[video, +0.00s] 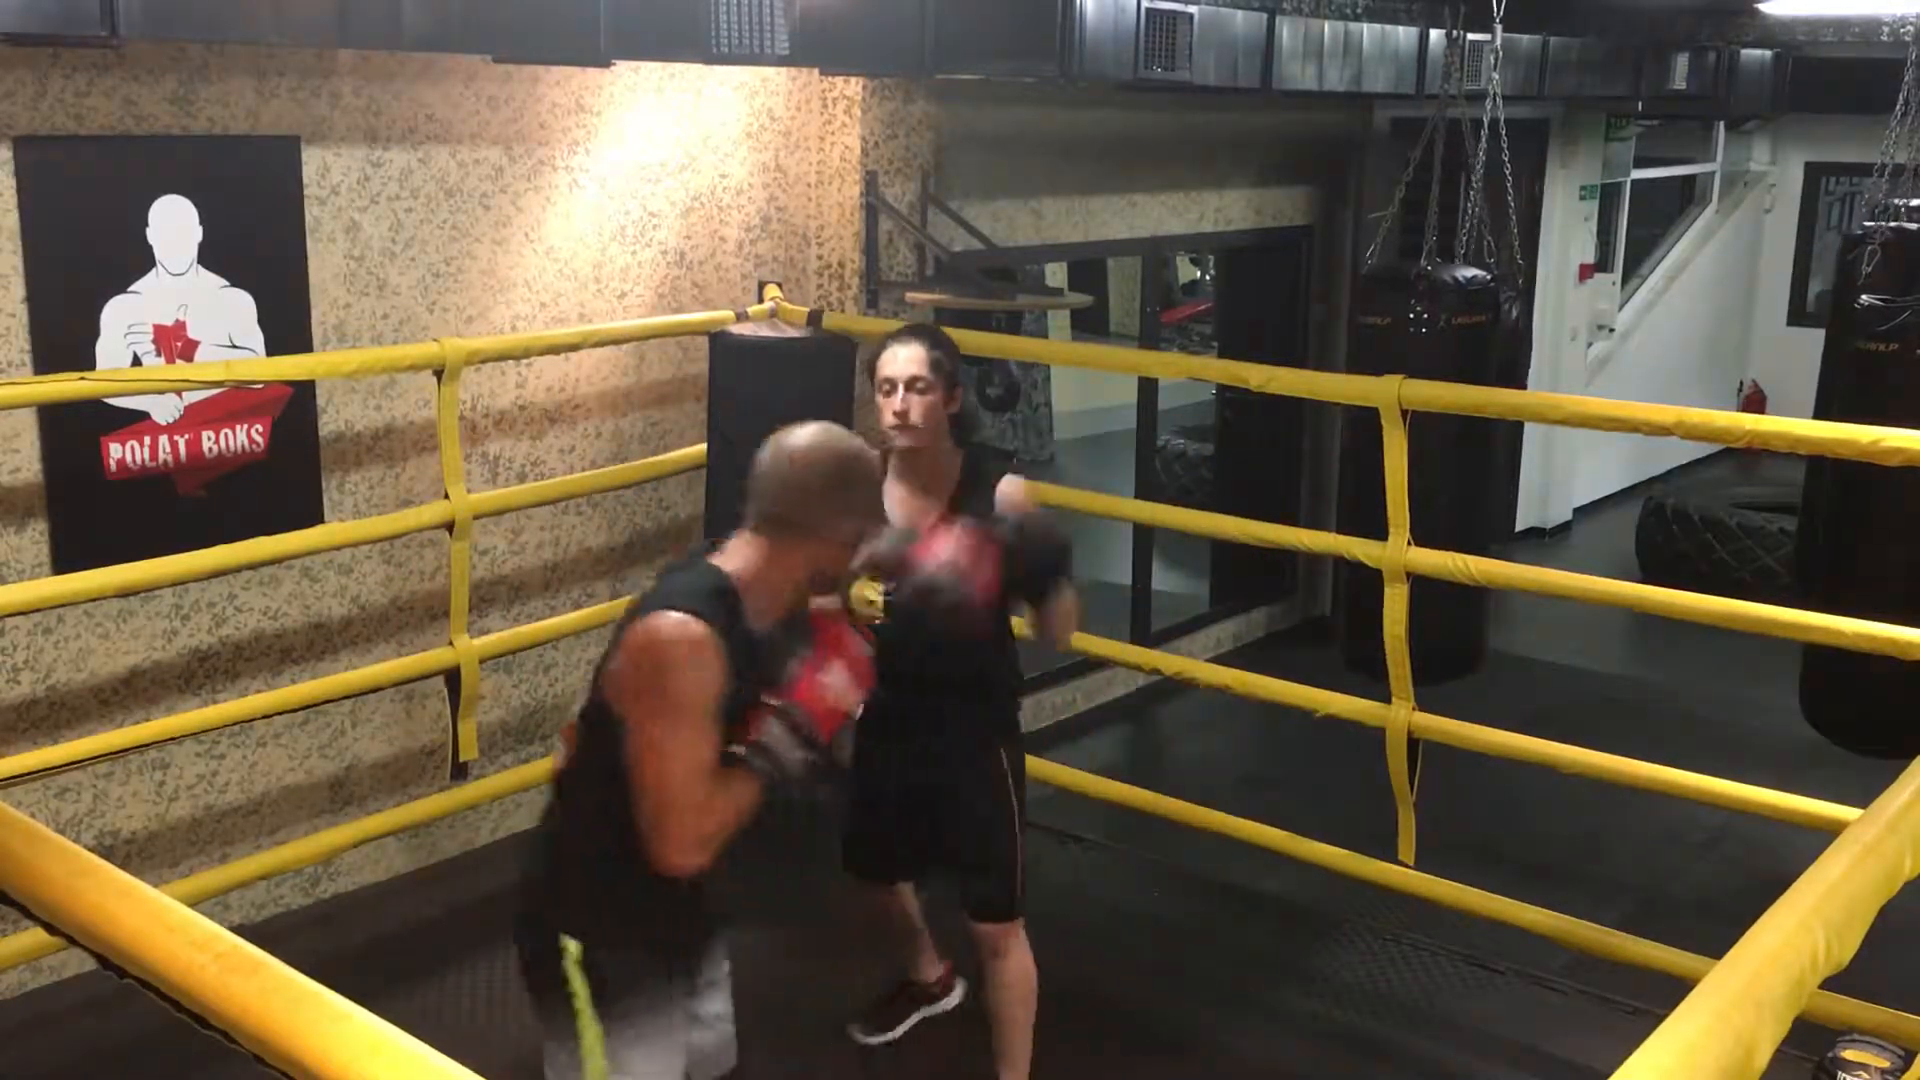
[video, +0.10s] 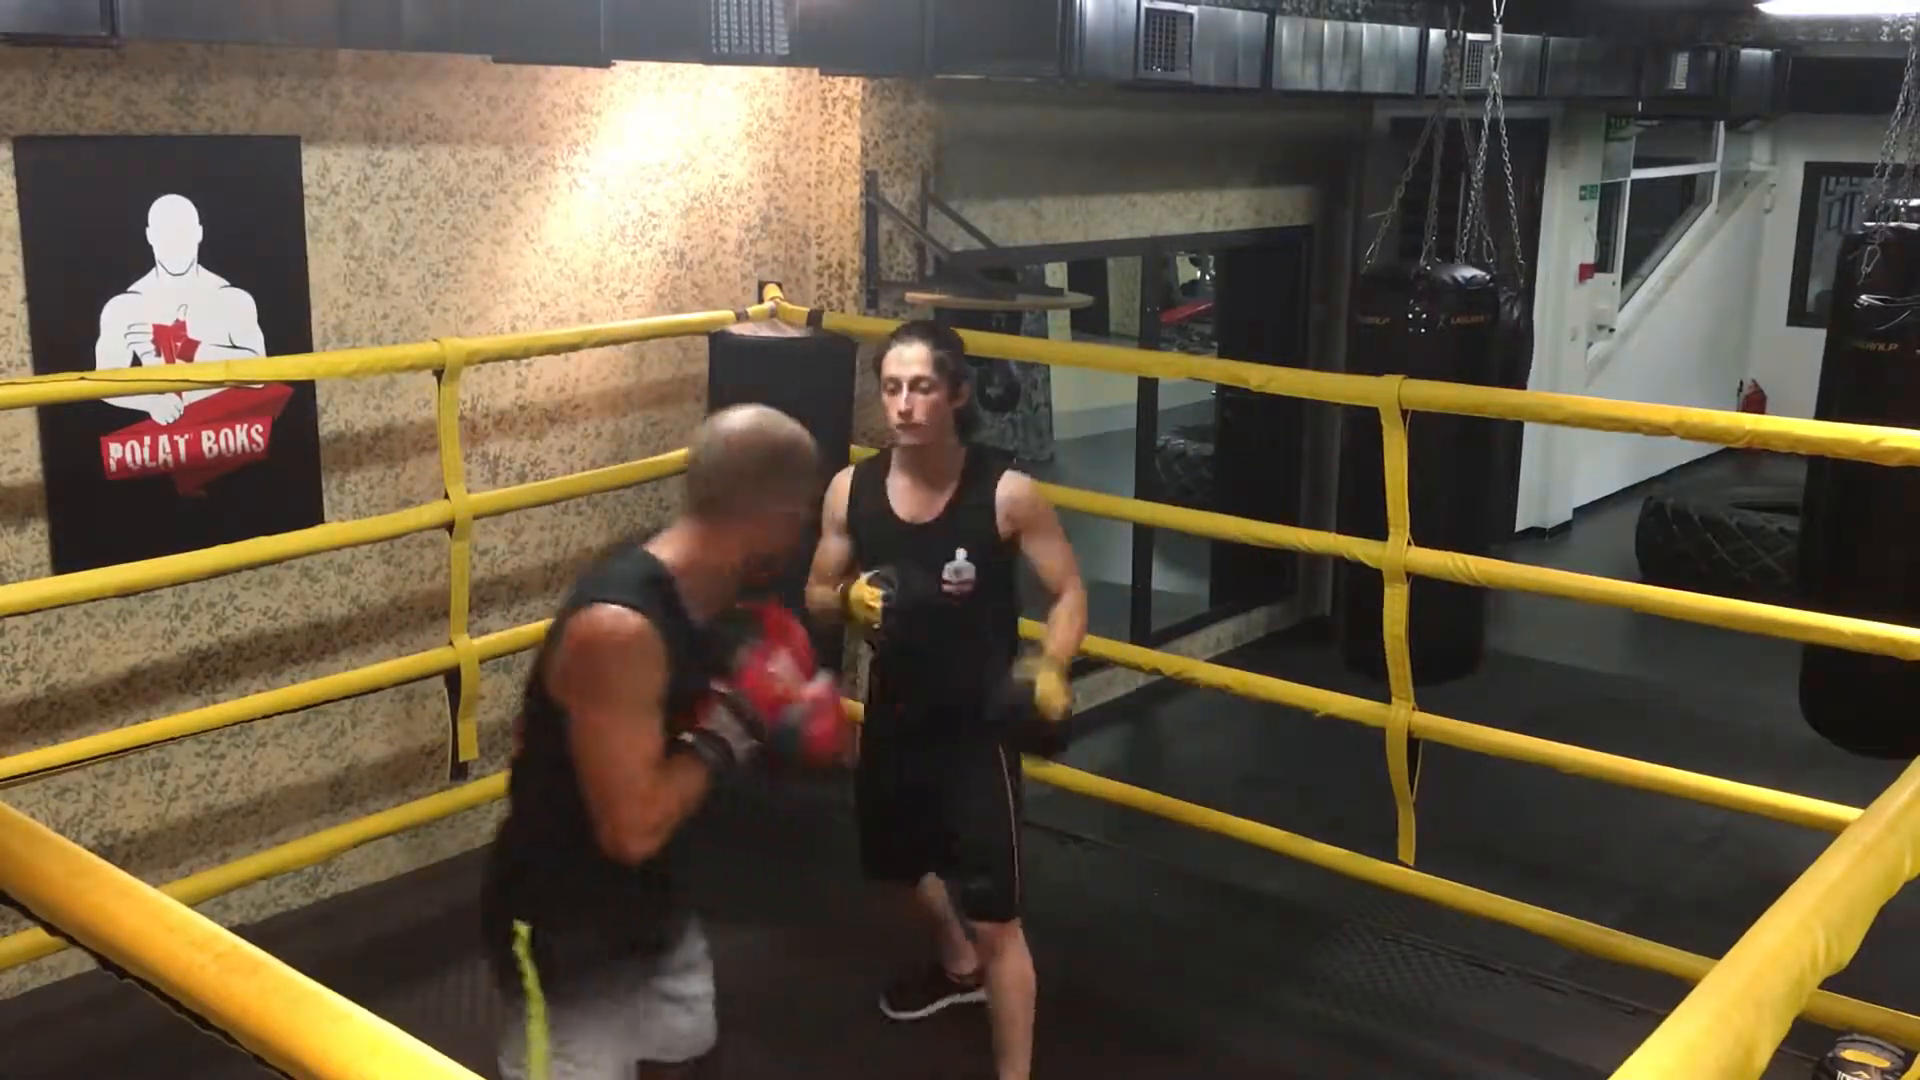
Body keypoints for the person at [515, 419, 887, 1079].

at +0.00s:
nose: (863, 557)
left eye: (867, 540)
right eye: (861, 539)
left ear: (771, 508)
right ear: (831, 537)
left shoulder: (767, 610)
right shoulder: (676, 634)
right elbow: (679, 839)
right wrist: (799, 721)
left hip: (689, 924)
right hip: (608, 954)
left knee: (709, 1063)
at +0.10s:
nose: (801, 535)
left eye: (803, 517)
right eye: (798, 517)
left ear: (712, 498)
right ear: (764, 518)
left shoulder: (706, 594)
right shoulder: (614, 629)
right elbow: (632, 828)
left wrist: (786, 713)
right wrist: (730, 730)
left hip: (647, 896)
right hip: (564, 927)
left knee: (677, 1054)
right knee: (579, 1069)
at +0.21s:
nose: (732, 512)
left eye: (733, 496)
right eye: (730, 496)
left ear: (629, 485)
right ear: (697, 506)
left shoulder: (610, 584)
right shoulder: (555, 633)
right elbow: (618, 825)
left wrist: (683, 749)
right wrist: (699, 698)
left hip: (600, 911)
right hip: (512, 942)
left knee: (644, 1041)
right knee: (518, 1070)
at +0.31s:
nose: (650, 543)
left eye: (652, 528)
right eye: (649, 528)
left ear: (548, 510)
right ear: (622, 534)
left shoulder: (488, 576)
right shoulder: (508, 667)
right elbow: (622, 826)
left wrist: (591, 709)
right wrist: (666, 690)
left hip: (529, 918)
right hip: (457, 955)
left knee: (588, 1055)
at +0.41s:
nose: (605, 514)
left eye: (607, 497)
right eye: (607, 498)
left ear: (495, 484)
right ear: (583, 505)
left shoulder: (417, 562)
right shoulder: (484, 653)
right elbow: (548, 806)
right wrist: (586, 674)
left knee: (536, 1053)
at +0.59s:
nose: (537, 463)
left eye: (538, 445)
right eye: (536, 445)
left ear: (432, 442)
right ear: (515, 453)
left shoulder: (354, 540)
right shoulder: (432, 596)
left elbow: (365, 709)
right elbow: (469, 786)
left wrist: (486, 637)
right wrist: (543, 672)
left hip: (318, 888)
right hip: (400, 910)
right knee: (460, 1060)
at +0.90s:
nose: (485, 476)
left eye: (484, 461)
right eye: (486, 461)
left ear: (372, 467)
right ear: (473, 467)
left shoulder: (308, 566)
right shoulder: (417, 600)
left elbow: (319, 741)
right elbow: (406, 804)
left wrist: (453, 731)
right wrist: (483, 731)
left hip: (276, 917)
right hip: (361, 938)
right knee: (439, 1072)